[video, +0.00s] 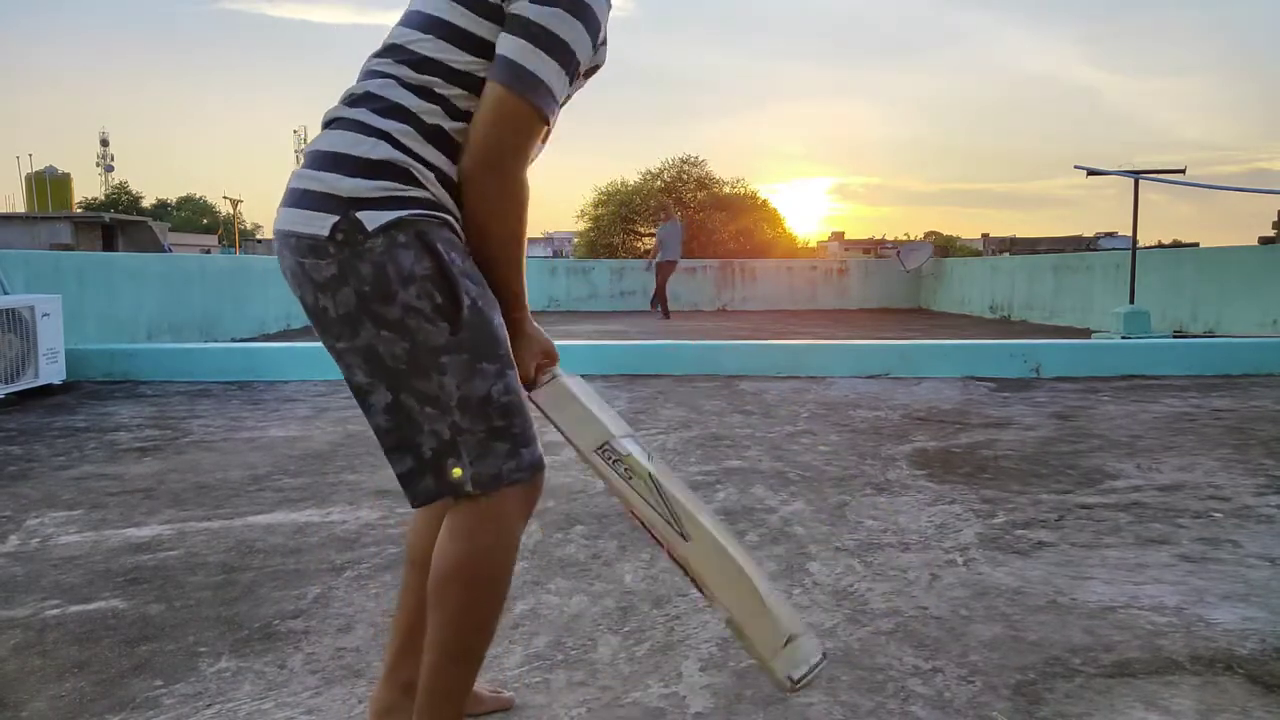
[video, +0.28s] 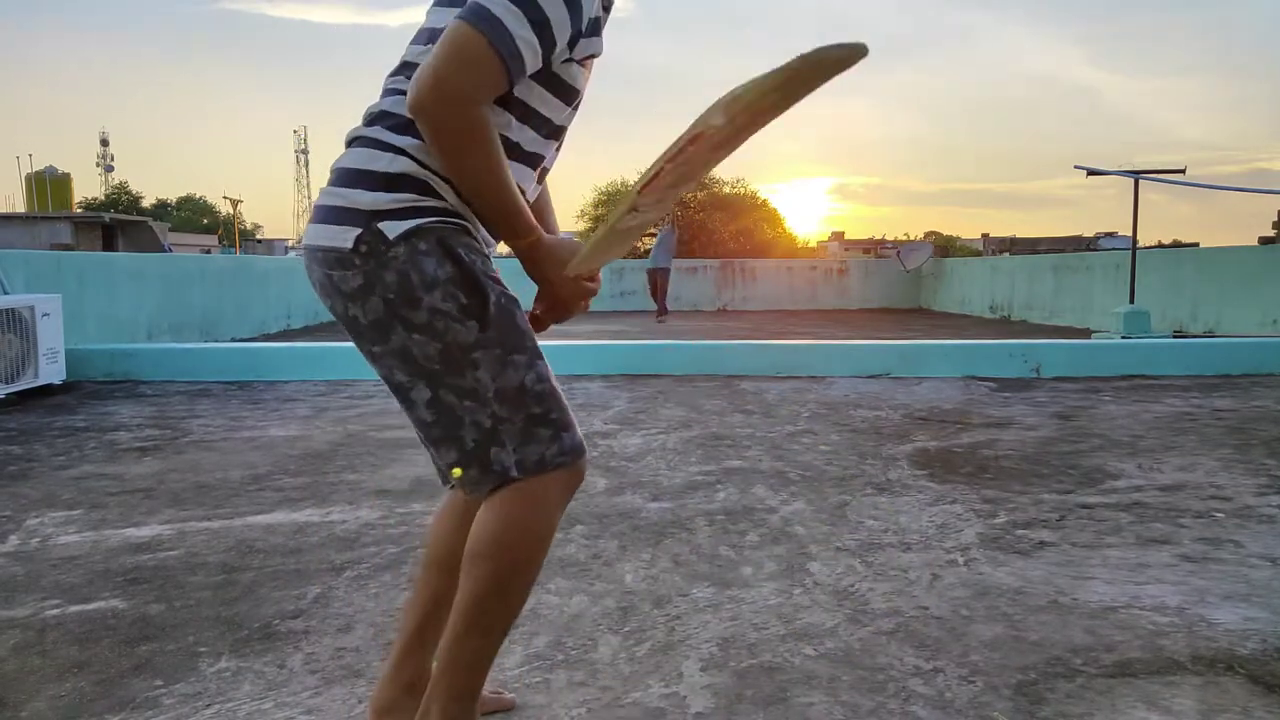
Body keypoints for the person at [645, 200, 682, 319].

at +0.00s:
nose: (662, 216)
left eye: (664, 213)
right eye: (661, 213)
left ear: (669, 214)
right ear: (660, 215)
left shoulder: (675, 224)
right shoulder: (661, 229)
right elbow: (656, 247)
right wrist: (650, 259)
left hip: (671, 257)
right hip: (661, 257)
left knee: (661, 282)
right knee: (660, 283)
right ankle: (665, 311)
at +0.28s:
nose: (667, 219)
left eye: (669, 218)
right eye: (666, 217)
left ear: (672, 222)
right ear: (663, 220)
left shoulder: (672, 232)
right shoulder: (660, 233)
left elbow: (674, 220)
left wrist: (673, 210)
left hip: (663, 263)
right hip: (652, 263)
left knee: (661, 291)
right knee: (653, 292)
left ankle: (660, 314)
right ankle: (663, 309)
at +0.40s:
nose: (675, 222)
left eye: (678, 220)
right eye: (674, 220)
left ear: (680, 224)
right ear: (671, 221)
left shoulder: (677, 236)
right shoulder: (664, 229)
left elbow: (677, 251)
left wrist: (669, 249)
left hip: (661, 264)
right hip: (649, 263)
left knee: (662, 290)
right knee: (651, 289)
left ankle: (660, 315)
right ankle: (659, 308)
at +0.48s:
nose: (680, 232)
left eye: (683, 232)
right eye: (681, 229)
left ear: (685, 236)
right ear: (678, 228)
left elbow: (671, 263)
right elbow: (668, 210)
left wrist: (665, 260)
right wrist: (675, 198)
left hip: (660, 264)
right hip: (647, 261)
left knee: (661, 291)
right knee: (648, 290)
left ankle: (659, 316)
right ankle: (651, 311)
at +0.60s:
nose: (685, 235)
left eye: (689, 235)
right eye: (685, 232)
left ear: (690, 238)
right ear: (683, 231)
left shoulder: (682, 251)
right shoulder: (673, 235)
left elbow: (669, 260)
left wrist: (657, 264)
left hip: (660, 264)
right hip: (647, 259)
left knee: (661, 290)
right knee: (638, 286)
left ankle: (659, 317)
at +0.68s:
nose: (686, 237)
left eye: (688, 235)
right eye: (686, 234)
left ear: (690, 237)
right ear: (682, 232)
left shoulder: (682, 245)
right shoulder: (672, 240)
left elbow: (679, 255)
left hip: (661, 260)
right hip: (647, 257)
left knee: (662, 286)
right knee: (635, 282)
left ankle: (659, 316)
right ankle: (620, 308)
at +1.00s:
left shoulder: (681, 246)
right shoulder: (668, 241)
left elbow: (669, 258)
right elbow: (668, 261)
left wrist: (664, 269)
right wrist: (677, 275)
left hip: (662, 264)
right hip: (648, 260)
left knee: (662, 292)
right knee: (640, 286)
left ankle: (659, 317)